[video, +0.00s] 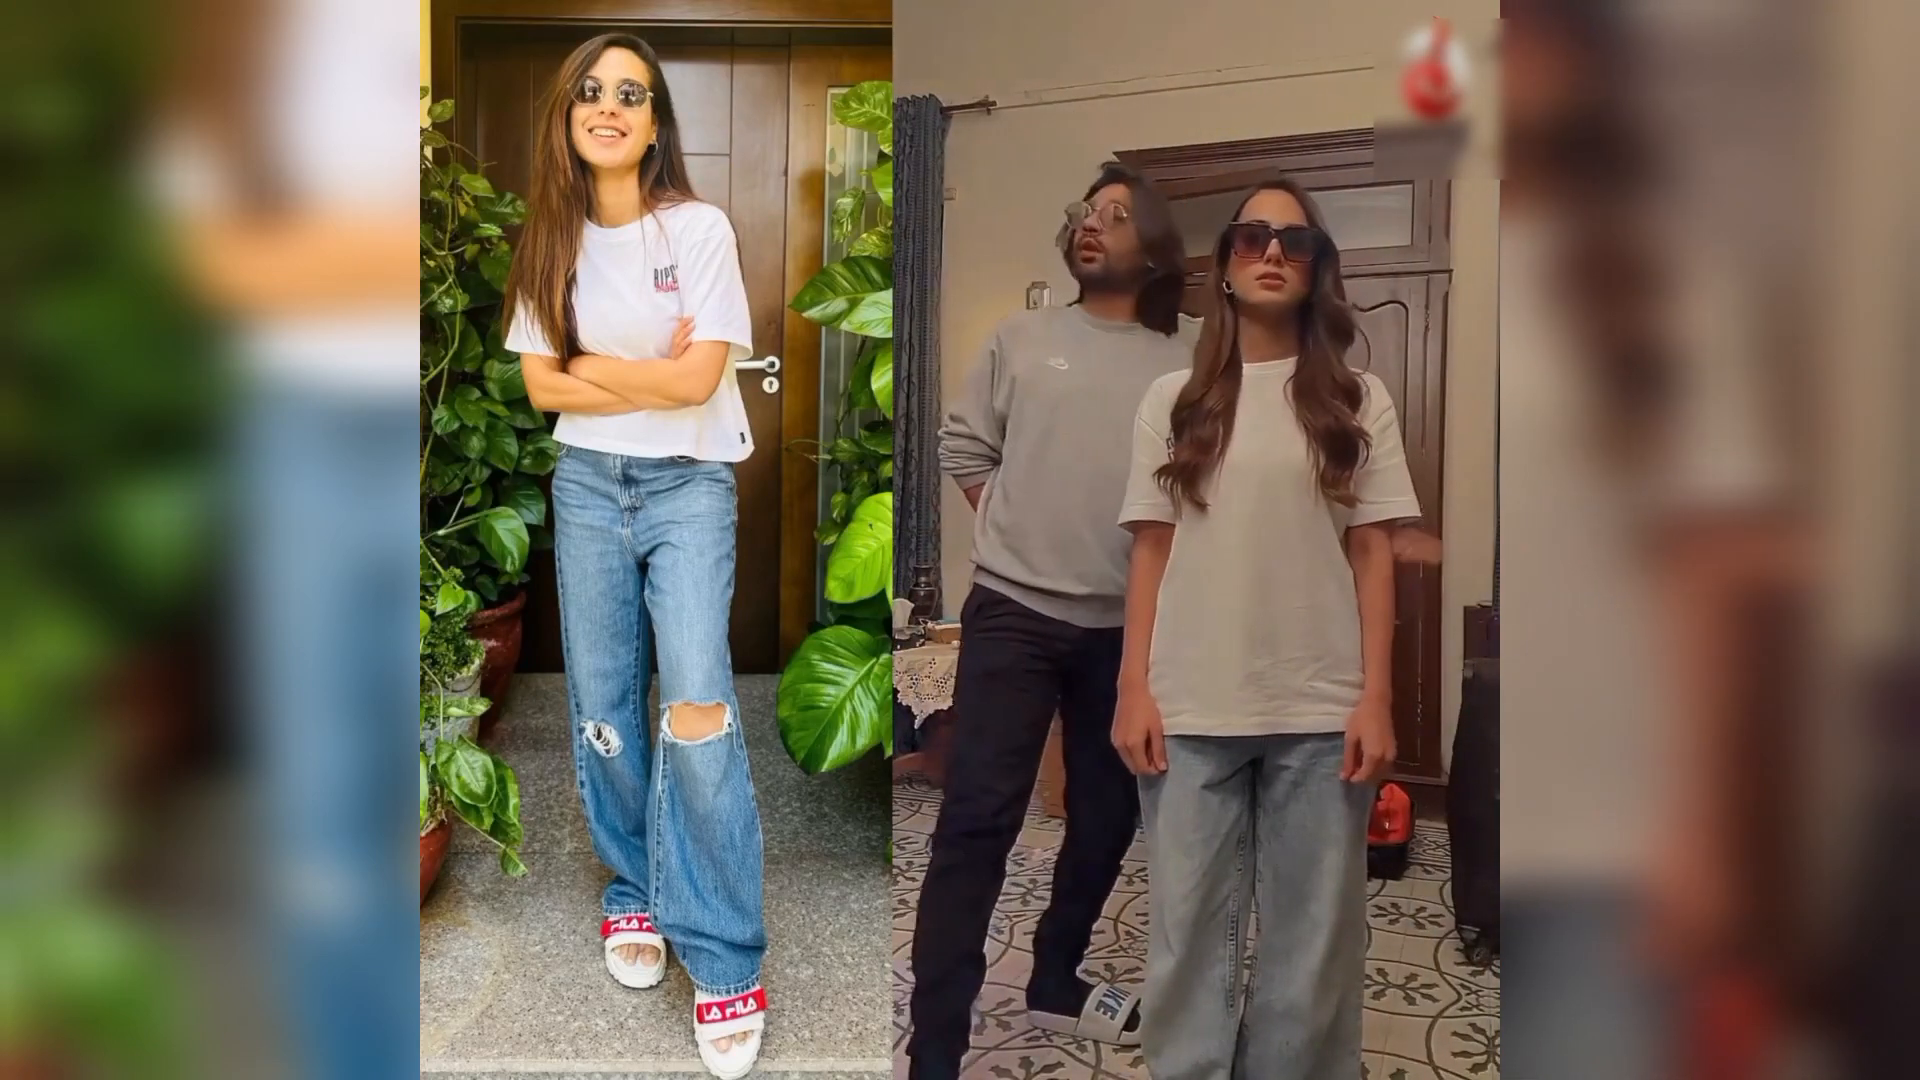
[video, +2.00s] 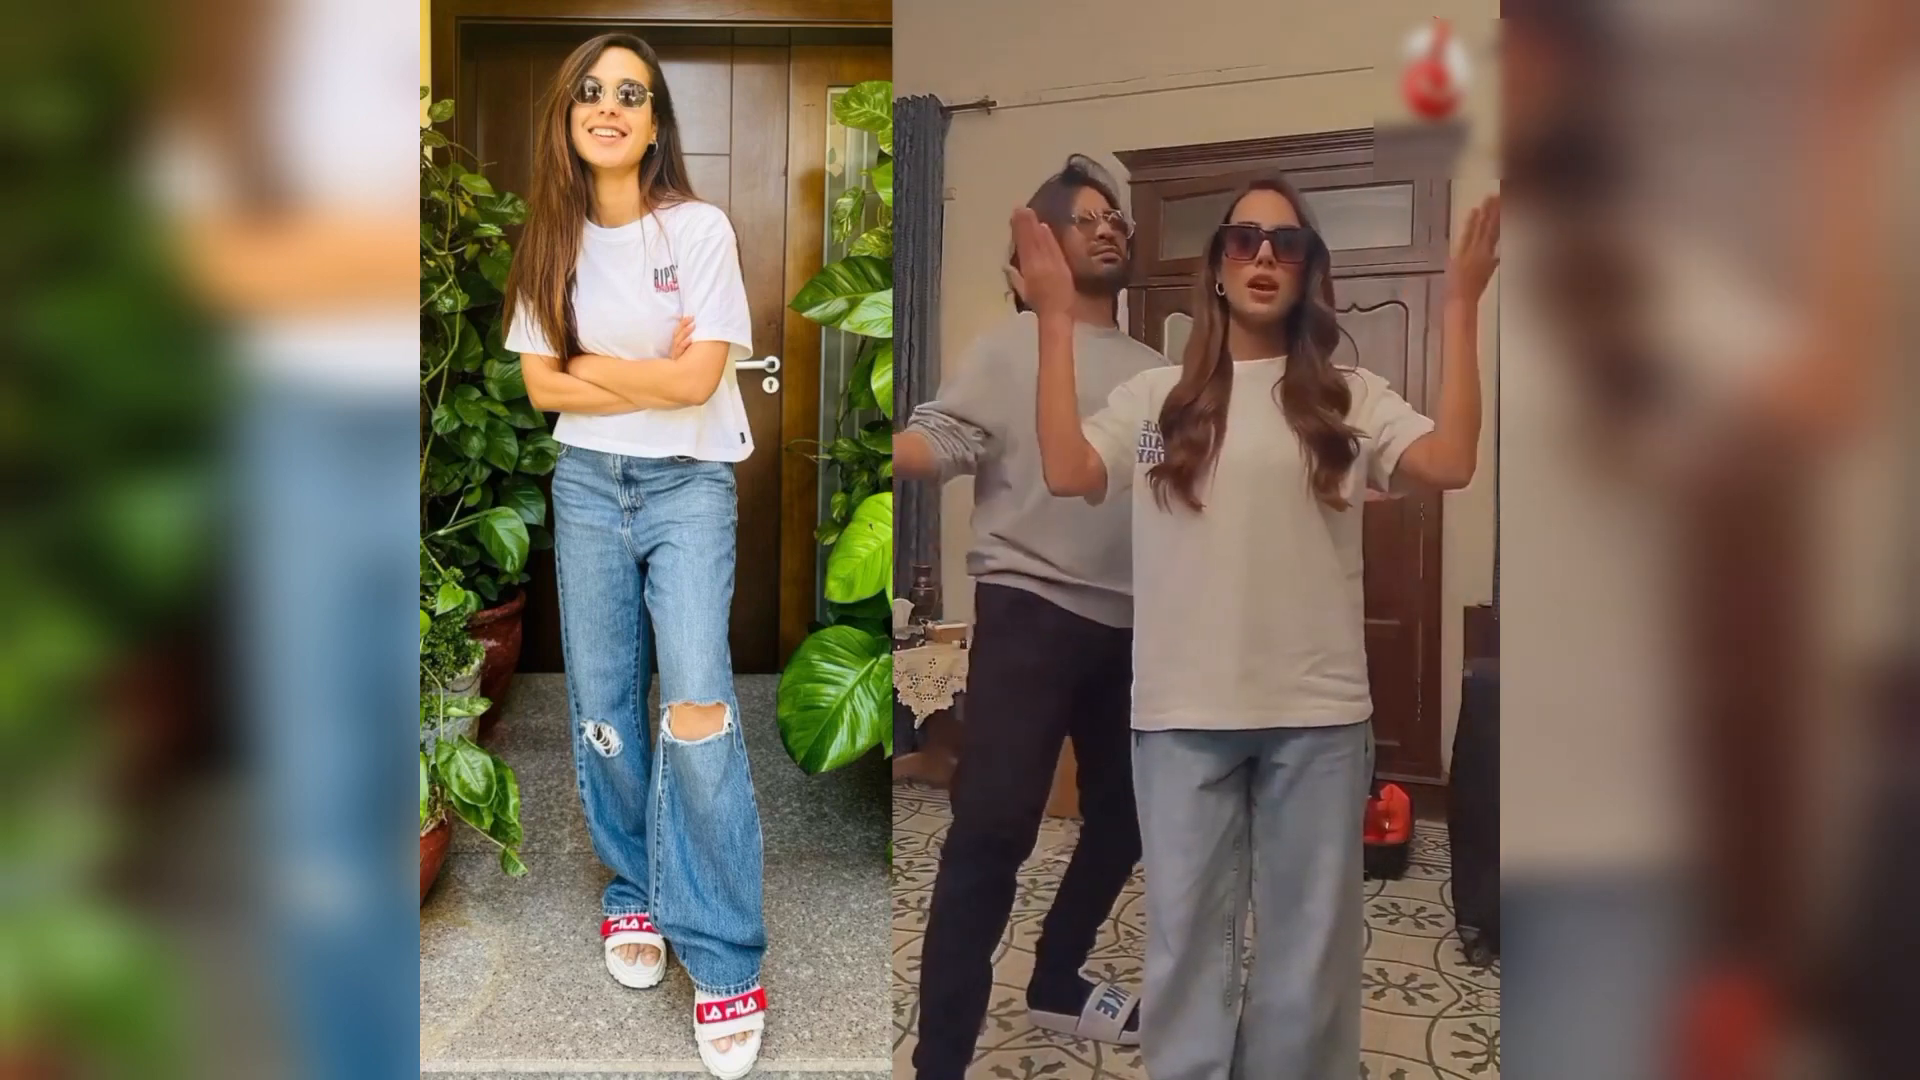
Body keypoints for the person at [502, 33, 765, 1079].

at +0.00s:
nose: (609, 111)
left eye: (629, 98)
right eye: (593, 95)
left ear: (656, 122)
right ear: (566, 117)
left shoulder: (699, 226)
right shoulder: (549, 240)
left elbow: (698, 378)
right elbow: (541, 385)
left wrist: (576, 362)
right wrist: (662, 379)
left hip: (689, 482)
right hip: (584, 484)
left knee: (694, 710)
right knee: (603, 708)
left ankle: (724, 958)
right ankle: (631, 892)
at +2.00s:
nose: (610, 111)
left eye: (629, 97)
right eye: (593, 95)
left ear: (656, 122)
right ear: (566, 117)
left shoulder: (699, 225)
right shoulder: (550, 239)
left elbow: (698, 378)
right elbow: (540, 385)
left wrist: (576, 362)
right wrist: (662, 378)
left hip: (689, 482)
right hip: (584, 484)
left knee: (695, 709)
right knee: (602, 708)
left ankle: (724, 955)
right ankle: (631, 890)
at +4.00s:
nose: (610, 111)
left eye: (630, 97)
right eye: (593, 95)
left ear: (656, 121)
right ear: (566, 117)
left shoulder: (699, 226)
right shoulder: (549, 240)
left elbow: (698, 378)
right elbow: (540, 385)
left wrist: (576, 362)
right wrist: (662, 378)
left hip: (689, 482)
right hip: (584, 484)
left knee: (695, 708)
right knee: (603, 708)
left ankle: (724, 955)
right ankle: (631, 889)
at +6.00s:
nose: (610, 111)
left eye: (630, 98)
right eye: (593, 95)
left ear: (656, 121)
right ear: (566, 117)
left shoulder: (699, 226)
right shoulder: (549, 240)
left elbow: (698, 378)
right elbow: (540, 385)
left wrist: (576, 363)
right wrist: (662, 378)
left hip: (689, 482)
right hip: (584, 484)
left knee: (694, 709)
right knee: (602, 708)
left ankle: (724, 957)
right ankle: (631, 891)